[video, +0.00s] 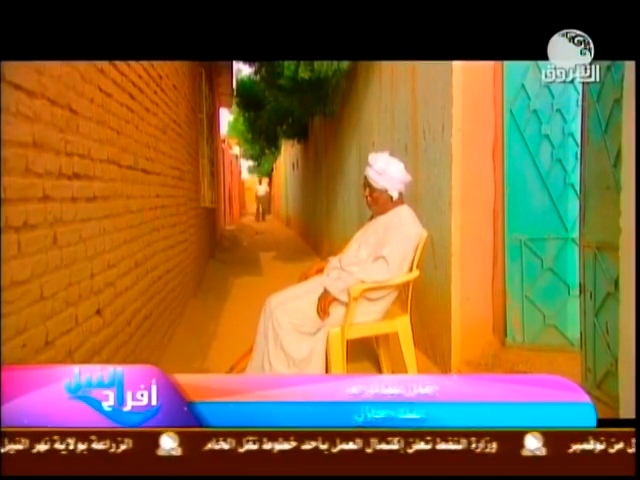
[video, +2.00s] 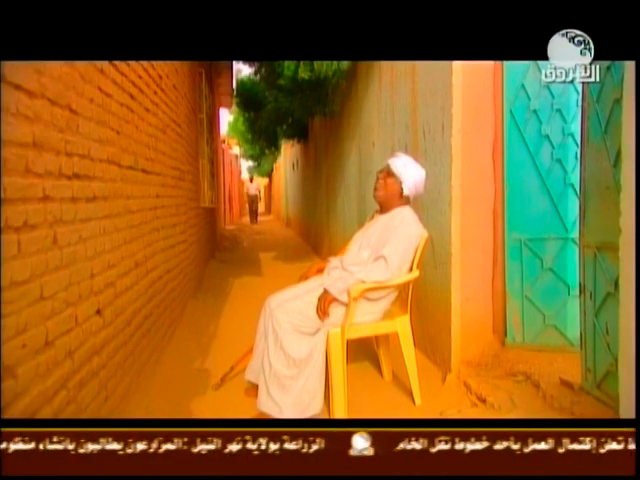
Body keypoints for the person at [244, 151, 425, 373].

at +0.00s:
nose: (366, 195)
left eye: (373, 190)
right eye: (366, 188)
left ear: (392, 193)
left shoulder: (404, 223)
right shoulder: (385, 217)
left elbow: (387, 271)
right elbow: (356, 253)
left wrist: (335, 288)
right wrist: (326, 266)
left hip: (359, 299)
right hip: (340, 282)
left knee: (282, 315)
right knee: (274, 305)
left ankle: (280, 386)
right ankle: (267, 379)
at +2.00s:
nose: (378, 182)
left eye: (387, 178)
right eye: (380, 176)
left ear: (402, 189)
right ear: (379, 180)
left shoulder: (405, 223)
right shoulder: (384, 216)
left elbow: (388, 271)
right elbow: (356, 254)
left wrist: (337, 288)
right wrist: (326, 265)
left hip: (362, 300)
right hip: (343, 283)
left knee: (283, 315)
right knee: (274, 304)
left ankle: (289, 405)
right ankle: (266, 379)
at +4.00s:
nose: (379, 192)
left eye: (386, 185)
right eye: (373, 187)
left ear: (400, 190)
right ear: (367, 193)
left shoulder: (405, 223)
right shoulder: (378, 219)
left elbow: (386, 270)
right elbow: (351, 256)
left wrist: (335, 291)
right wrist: (323, 270)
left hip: (363, 300)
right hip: (340, 284)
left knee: (285, 316)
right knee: (275, 304)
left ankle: (289, 406)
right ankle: (265, 377)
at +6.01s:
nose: (326, 208)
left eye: (328, 199)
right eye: (320, 203)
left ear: (343, 193)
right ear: (320, 204)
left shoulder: (372, 216)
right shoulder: (343, 219)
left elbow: (384, 270)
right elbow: (340, 260)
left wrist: (337, 281)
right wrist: (328, 285)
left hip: (367, 298)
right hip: (340, 285)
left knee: (287, 318)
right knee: (276, 304)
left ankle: (289, 406)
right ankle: (266, 380)